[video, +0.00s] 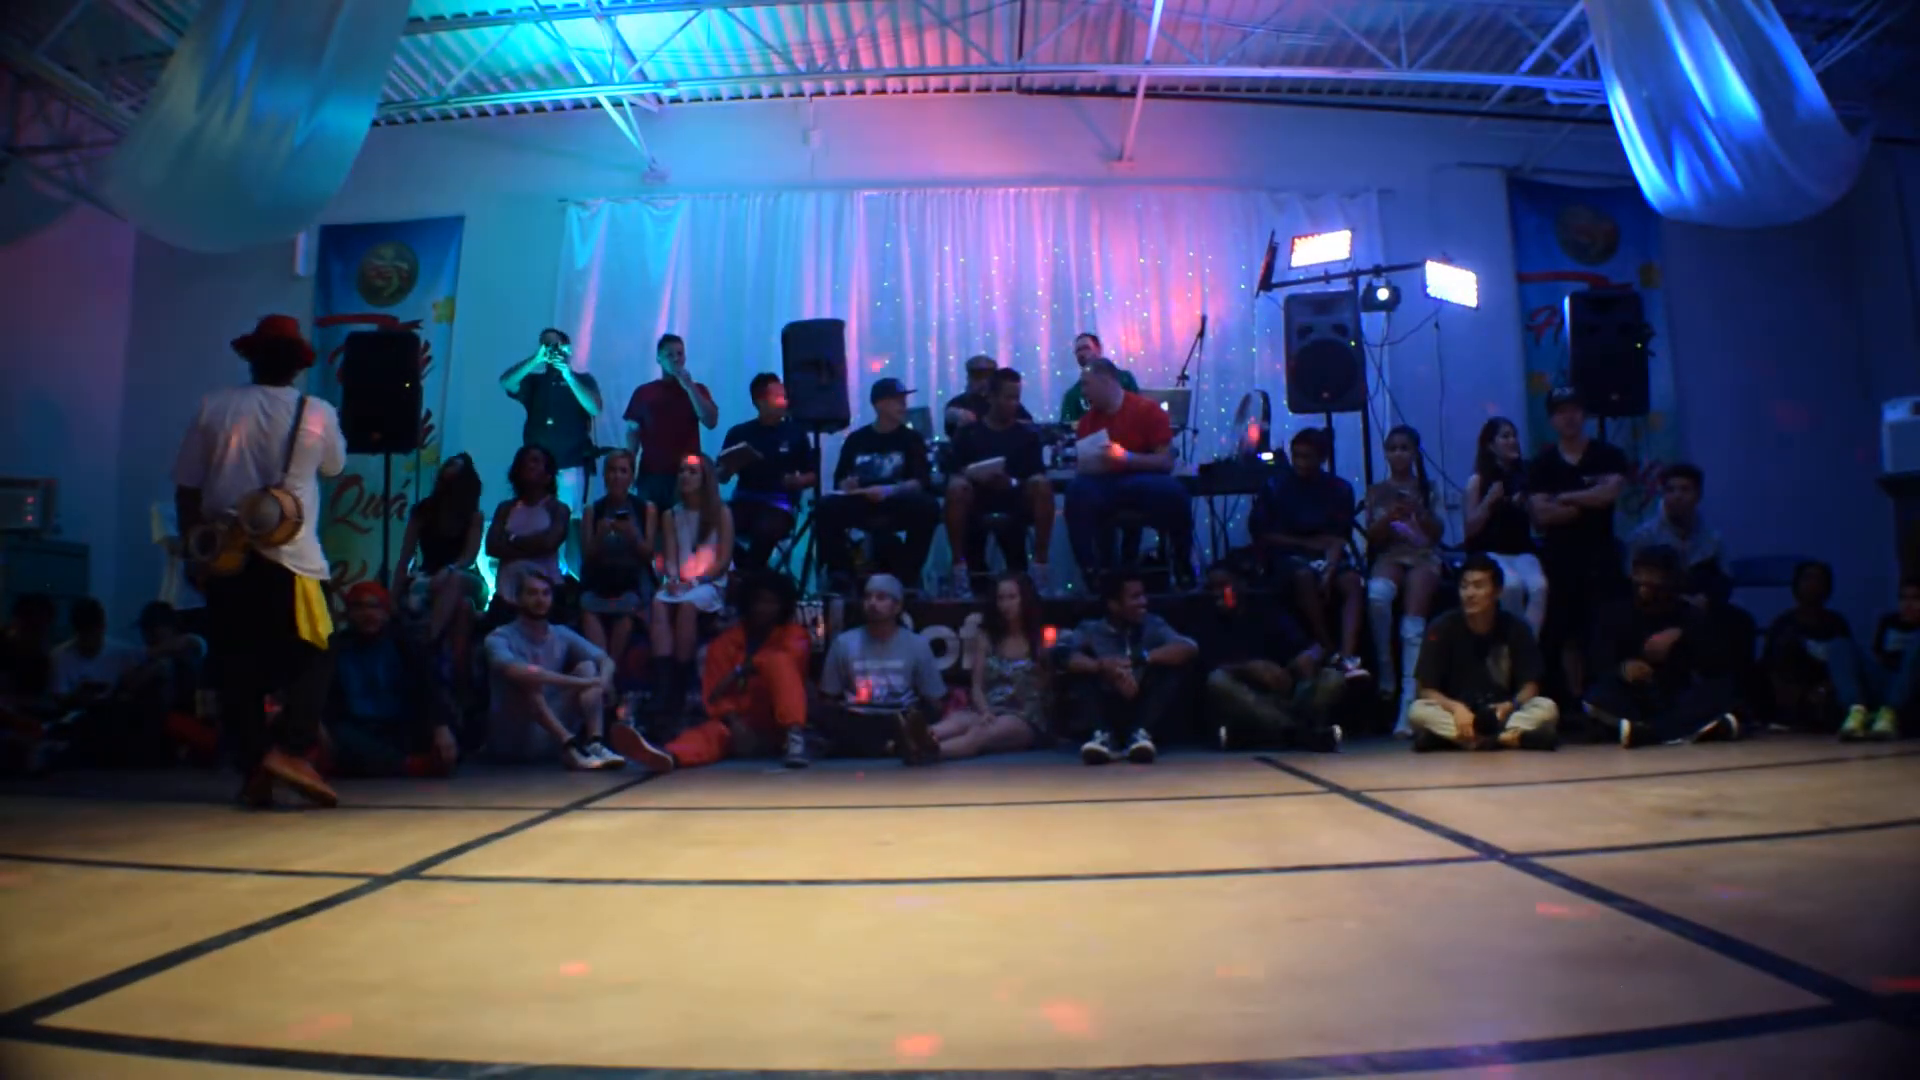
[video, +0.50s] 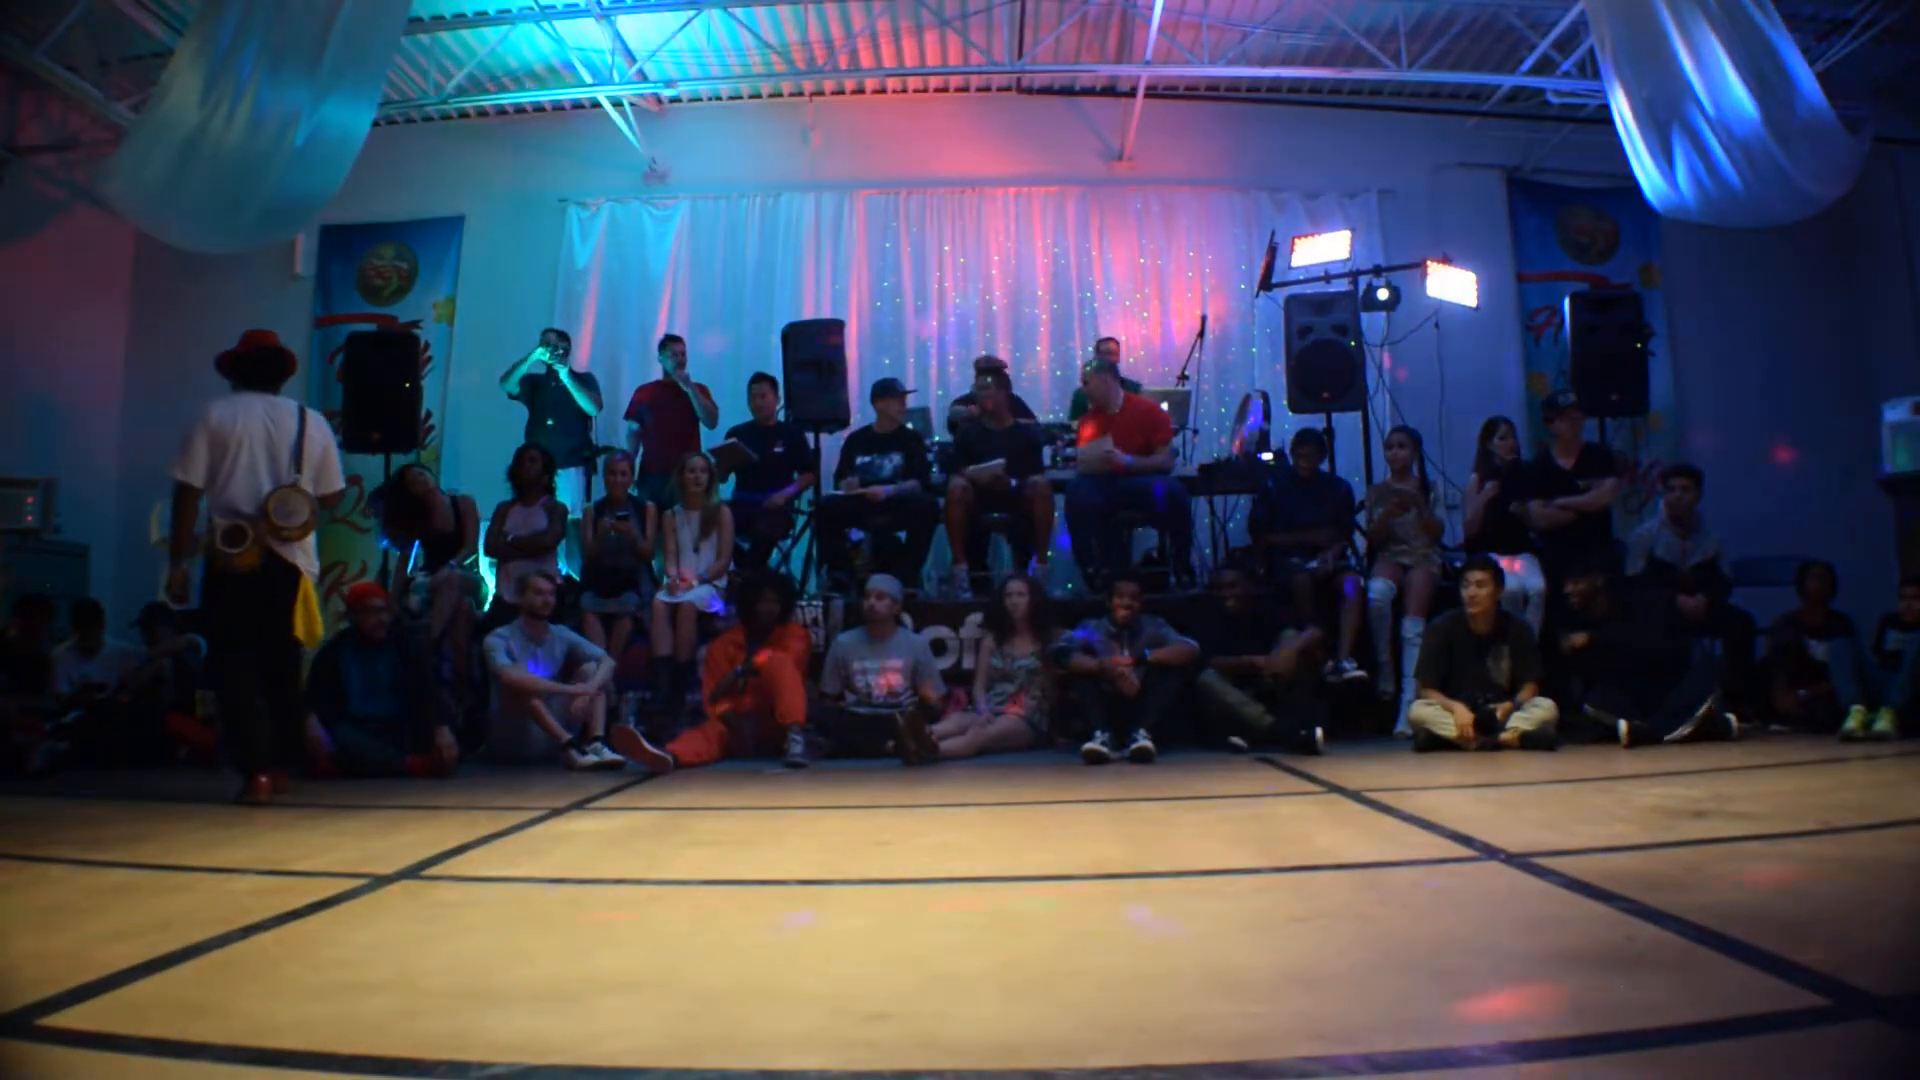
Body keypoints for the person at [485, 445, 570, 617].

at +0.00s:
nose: (530, 466)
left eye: (536, 461)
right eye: (525, 461)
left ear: (548, 473)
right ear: (518, 470)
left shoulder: (558, 509)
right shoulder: (505, 508)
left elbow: (550, 543)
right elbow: (492, 547)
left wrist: (512, 541)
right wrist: (535, 549)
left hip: (545, 591)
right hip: (508, 590)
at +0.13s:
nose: (531, 468)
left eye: (537, 462)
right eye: (526, 462)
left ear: (548, 473)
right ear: (517, 470)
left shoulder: (558, 509)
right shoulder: (505, 508)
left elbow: (550, 543)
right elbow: (491, 547)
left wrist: (510, 542)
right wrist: (535, 549)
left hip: (542, 602)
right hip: (506, 599)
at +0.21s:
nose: (526, 466)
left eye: (533, 461)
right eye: (522, 461)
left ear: (546, 474)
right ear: (516, 470)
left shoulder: (557, 509)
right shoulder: (505, 508)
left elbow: (550, 542)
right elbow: (491, 547)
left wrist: (511, 543)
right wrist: (535, 548)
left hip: (541, 601)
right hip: (506, 598)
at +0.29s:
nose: (526, 466)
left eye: (533, 461)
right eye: (522, 461)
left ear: (546, 472)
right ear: (516, 470)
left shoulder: (556, 509)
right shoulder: (504, 508)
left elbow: (550, 541)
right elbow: (491, 547)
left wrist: (511, 542)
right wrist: (534, 548)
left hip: (541, 601)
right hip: (506, 598)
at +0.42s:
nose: (525, 466)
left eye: (532, 461)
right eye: (521, 461)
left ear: (545, 473)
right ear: (514, 470)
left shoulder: (556, 509)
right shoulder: (504, 508)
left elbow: (550, 541)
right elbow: (490, 547)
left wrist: (510, 542)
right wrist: (533, 549)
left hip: (542, 600)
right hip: (506, 597)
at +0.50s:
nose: (525, 467)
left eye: (532, 461)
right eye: (521, 462)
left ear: (545, 472)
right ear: (514, 470)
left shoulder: (555, 509)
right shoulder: (504, 509)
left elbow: (549, 542)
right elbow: (490, 547)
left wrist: (510, 542)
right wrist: (533, 549)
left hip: (542, 598)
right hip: (507, 596)